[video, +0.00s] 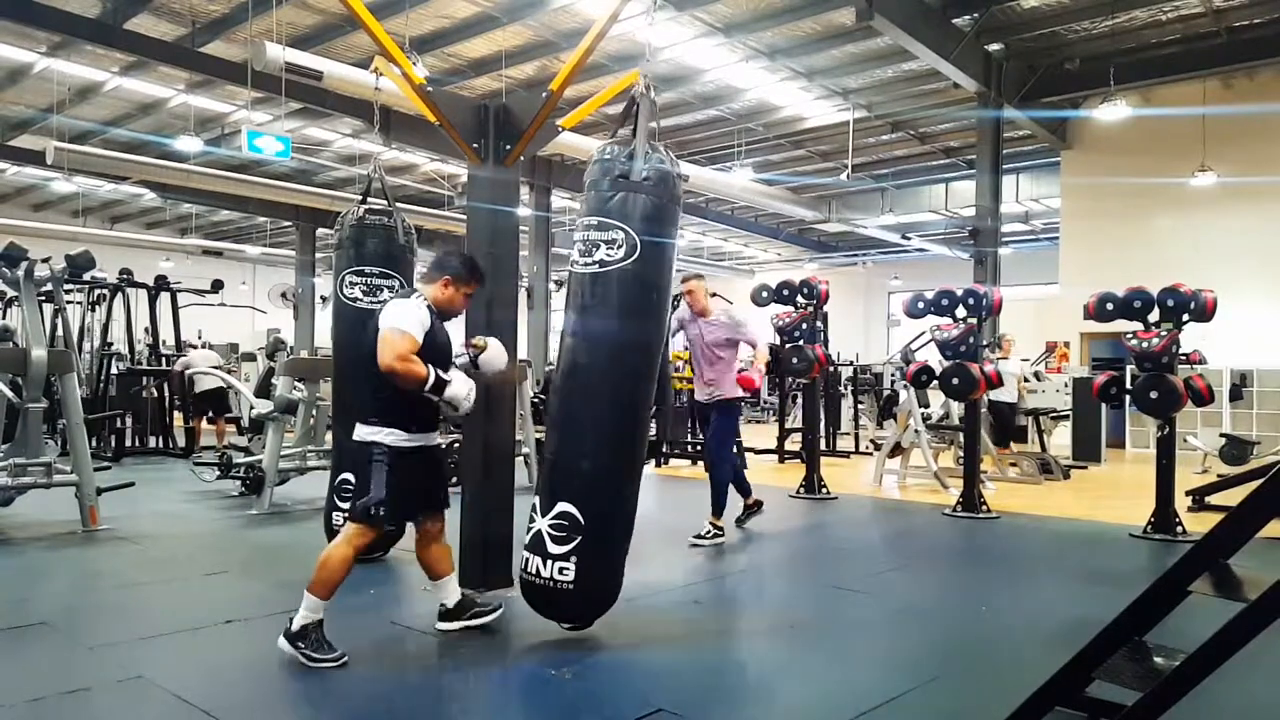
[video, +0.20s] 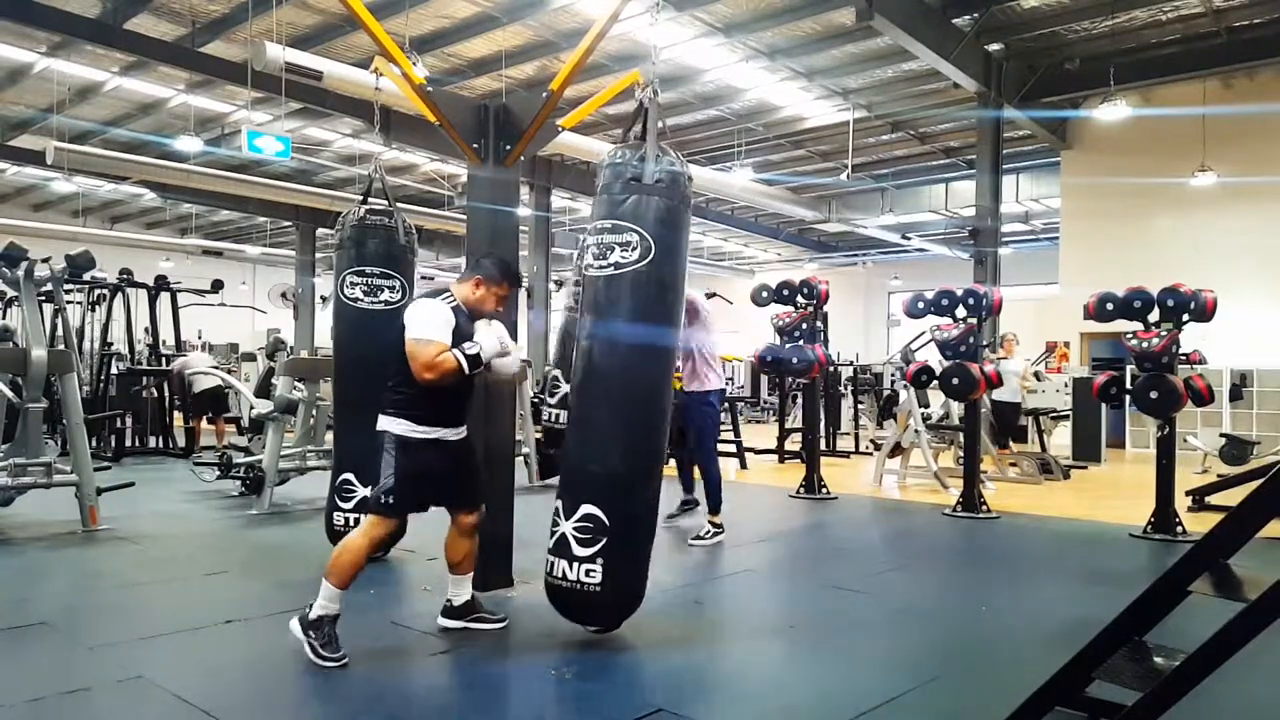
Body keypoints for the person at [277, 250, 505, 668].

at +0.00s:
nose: (465, 306)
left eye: (468, 298)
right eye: (465, 296)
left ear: (445, 286)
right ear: (446, 285)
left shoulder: (434, 319)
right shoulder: (406, 309)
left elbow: (438, 361)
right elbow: (393, 359)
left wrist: (471, 356)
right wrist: (444, 385)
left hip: (423, 443)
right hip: (385, 444)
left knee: (432, 528)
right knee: (359, 534)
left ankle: (453, 604)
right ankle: (303, 627)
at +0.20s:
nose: (500, 311)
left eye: (505, 303)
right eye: (500, 301)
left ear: (482, 289)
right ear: (478, 285)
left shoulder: (470, 321)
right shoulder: (428, 309)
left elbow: (471, 369)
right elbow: (427, 370)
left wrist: (502, 367)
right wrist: (477, 350)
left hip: (452, 437)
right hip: (406, 436)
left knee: (468, 517)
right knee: (382, 527)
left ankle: (459, 604)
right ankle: (318, 617)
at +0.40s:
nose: (504, 312)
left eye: (508, 305)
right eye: (504, 302)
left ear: (490, 291)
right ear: (483, 286)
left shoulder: (480, 324)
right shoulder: (431, 311)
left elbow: (491, 375)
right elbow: (427, 370)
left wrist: (519, 362)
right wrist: (479, 350)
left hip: (463, 440)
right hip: (417, 440)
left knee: (498, 508)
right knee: (404, 531)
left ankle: (470, 591)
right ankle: (367, 625)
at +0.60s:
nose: (517, 311)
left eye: (519, 305)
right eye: (515, 302)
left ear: (495, 296)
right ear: (491, 291)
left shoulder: (492, 325)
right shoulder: (442, 320)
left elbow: (516, 378)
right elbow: (460, 381)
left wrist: (532, 342)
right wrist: (495, 341)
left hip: (481, 444)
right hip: (434, 446)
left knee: (505, 519)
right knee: (416, 536)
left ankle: (530, 593)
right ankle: (369, 623)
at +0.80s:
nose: (556, 315)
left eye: (557, 308)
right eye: (554, 307)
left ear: (531, 300)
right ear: (536, 301)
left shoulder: (516, 326)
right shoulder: (506, 326)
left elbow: (515, 366)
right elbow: (486, 369)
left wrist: (546, 349)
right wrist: (533, 379)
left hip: (510, 448)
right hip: (478, 448)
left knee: (541, 514)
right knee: (467, 535)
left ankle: (547, 597)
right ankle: (383, 611)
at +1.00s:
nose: (583, 323)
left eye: (586, 316)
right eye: (583, 314)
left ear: (554, 302)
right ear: (567, 304)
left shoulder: (524, 325)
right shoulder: (552, 326)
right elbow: (585, 377)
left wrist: (608, 370)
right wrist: (619, 369)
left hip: (531, 447)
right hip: (500, 444)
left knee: (564, 511)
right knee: (478, 528)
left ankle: (547, 597)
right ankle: (399, 607)